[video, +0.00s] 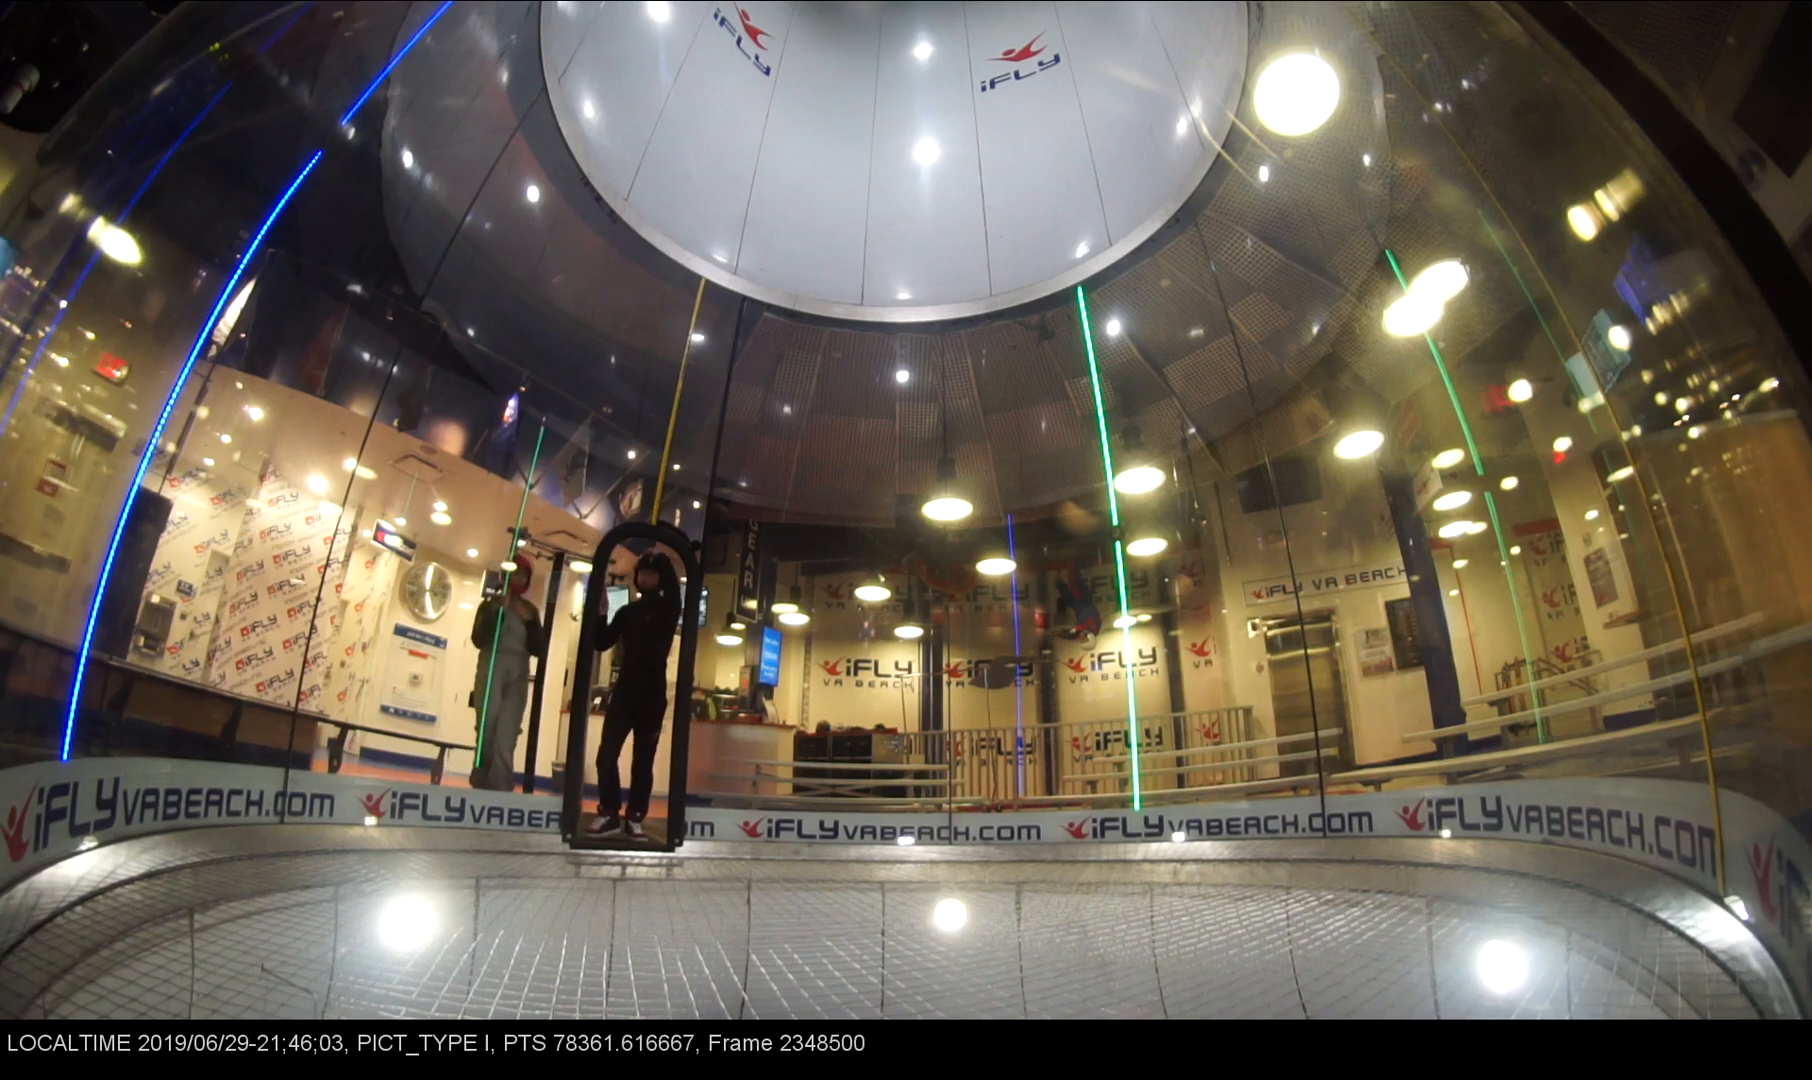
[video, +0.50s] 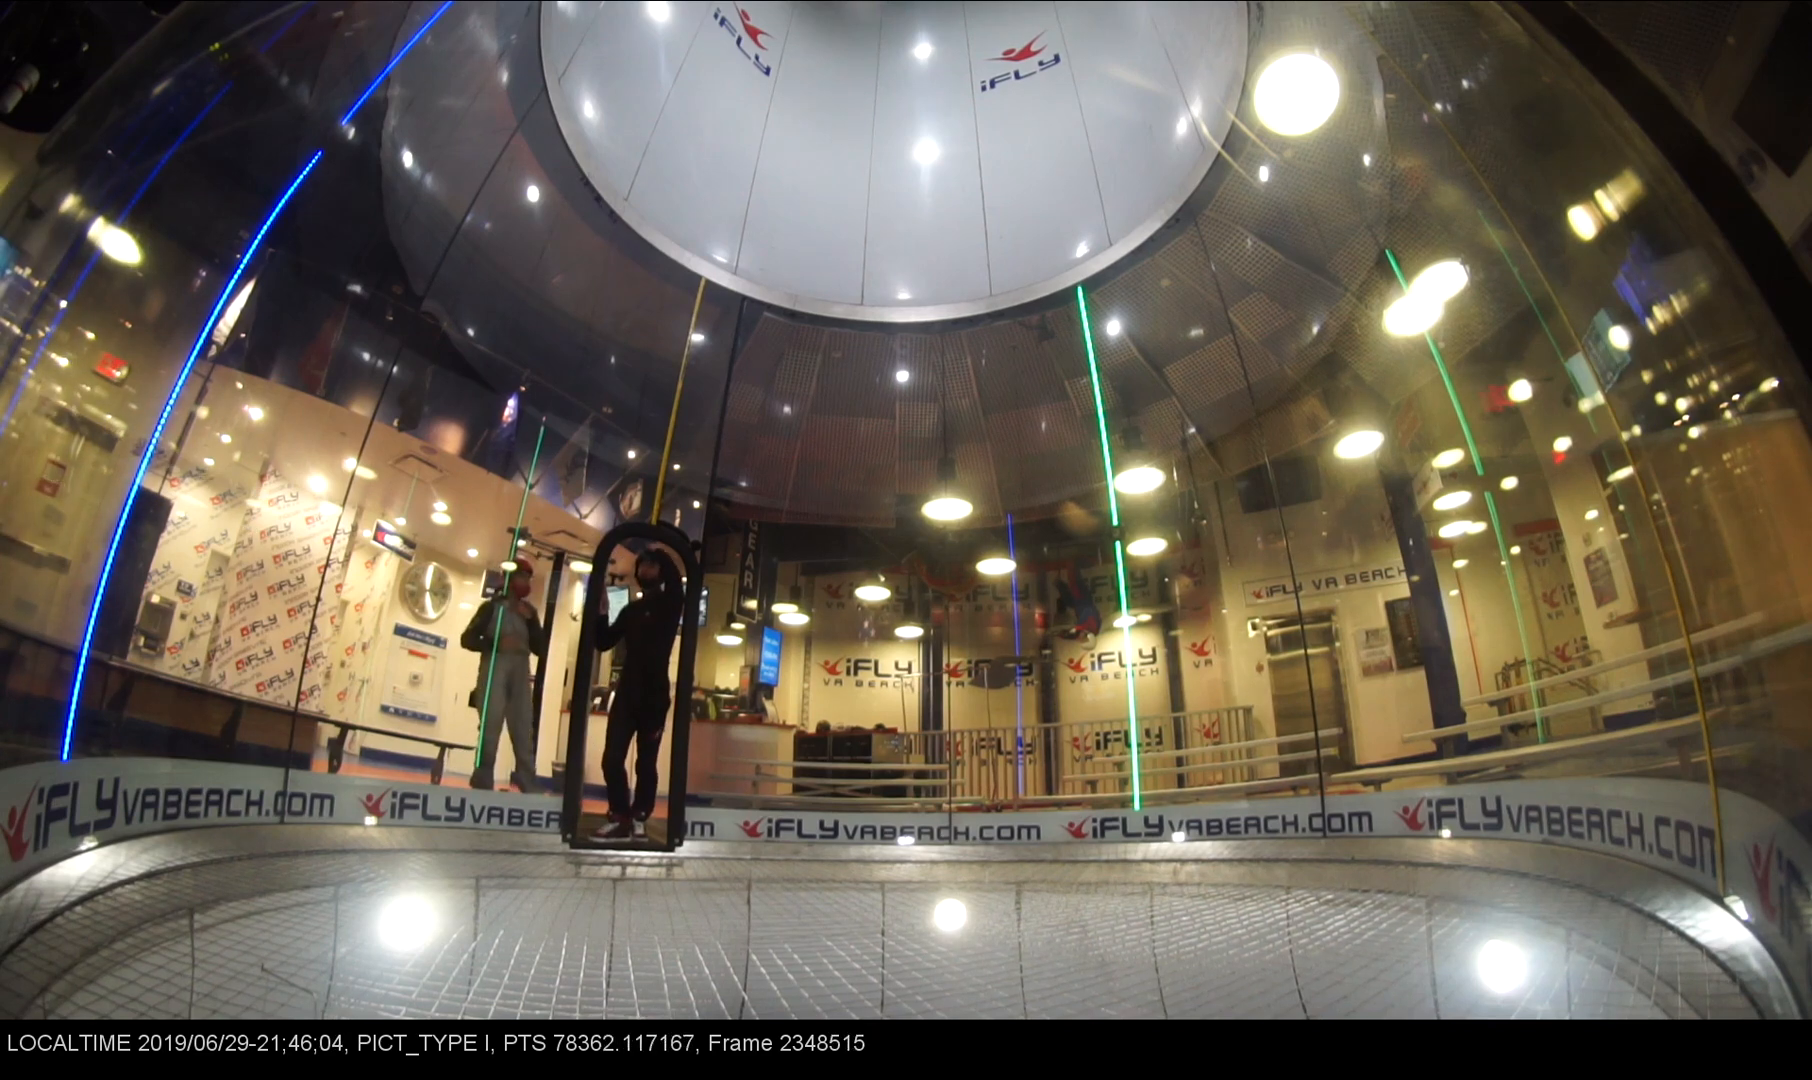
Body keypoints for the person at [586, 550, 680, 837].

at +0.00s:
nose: (642, 578)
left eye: (648, 573)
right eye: (640, 572)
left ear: (660, 578)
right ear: (636, 578)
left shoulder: (668, 610)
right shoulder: (627, 611)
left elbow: (674, 588)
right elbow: (602, 642)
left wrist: (660, 557)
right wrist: (600, 613)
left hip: (653, 691)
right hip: (625, 689)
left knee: (643, 760)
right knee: (606, 756)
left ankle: (635, 818)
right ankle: (609, 813)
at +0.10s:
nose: (644, 575)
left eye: (650, 571)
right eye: (641, 570)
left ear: (660, 577)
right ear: (634, 577)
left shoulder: (668, 609)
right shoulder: (627, 611)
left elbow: (677, 591)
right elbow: (602, 643)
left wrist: (660, 561)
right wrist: (600, 614)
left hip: (654, 691)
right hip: (626, 690)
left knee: (645, 761)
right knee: (611, 757)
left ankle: (636, 819)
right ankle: (613, 815)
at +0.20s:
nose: (640, 573)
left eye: (647, 569)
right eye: (638, 569)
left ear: (658, 575)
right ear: (633, 576)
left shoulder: (669, 608)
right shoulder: (629, 611)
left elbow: (676, 589)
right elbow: (603, 643)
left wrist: (659, 560)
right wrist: (601, 615)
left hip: (655, 691)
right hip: (627, 690)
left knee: (646, 761)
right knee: (611, 758)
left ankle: (638, 819)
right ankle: (617, 817)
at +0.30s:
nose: (639, 572)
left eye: (646, 567)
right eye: (638, 567)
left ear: (658, 574)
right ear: (634, 575)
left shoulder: (669, 607)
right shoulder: (630, 611)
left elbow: (676, 587)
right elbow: (603, 643)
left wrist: (659, 558)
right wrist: (601, 615)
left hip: (656, 690)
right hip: (628, 690)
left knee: (645, 762)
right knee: (611, 759)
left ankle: (639, 819)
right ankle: (619, 819)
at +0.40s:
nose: (640, 570)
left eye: (647, 566)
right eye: (639, 566)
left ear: (660, 573)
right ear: (635, 573)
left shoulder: (670, 607)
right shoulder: (632, 610)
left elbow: (675, 583)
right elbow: (604, 642)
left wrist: (659, 555)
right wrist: (601, 613)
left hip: (655, 690)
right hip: (628, 690)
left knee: (646, 761)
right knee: (612, 760)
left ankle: (639, 819)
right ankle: (619, 820)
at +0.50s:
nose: (644, 569)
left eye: (650, 565)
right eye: (641, 564)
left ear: (661, 573)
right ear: (637, 572)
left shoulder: (670, 606)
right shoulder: (631, 610)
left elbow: (676, 583)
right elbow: (603, 642)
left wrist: (662, 554)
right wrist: (601, 613)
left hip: (655, 691)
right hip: (627, 690)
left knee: (646, 761)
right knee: (612, 760)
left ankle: (639, 819)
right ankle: (619, 819)